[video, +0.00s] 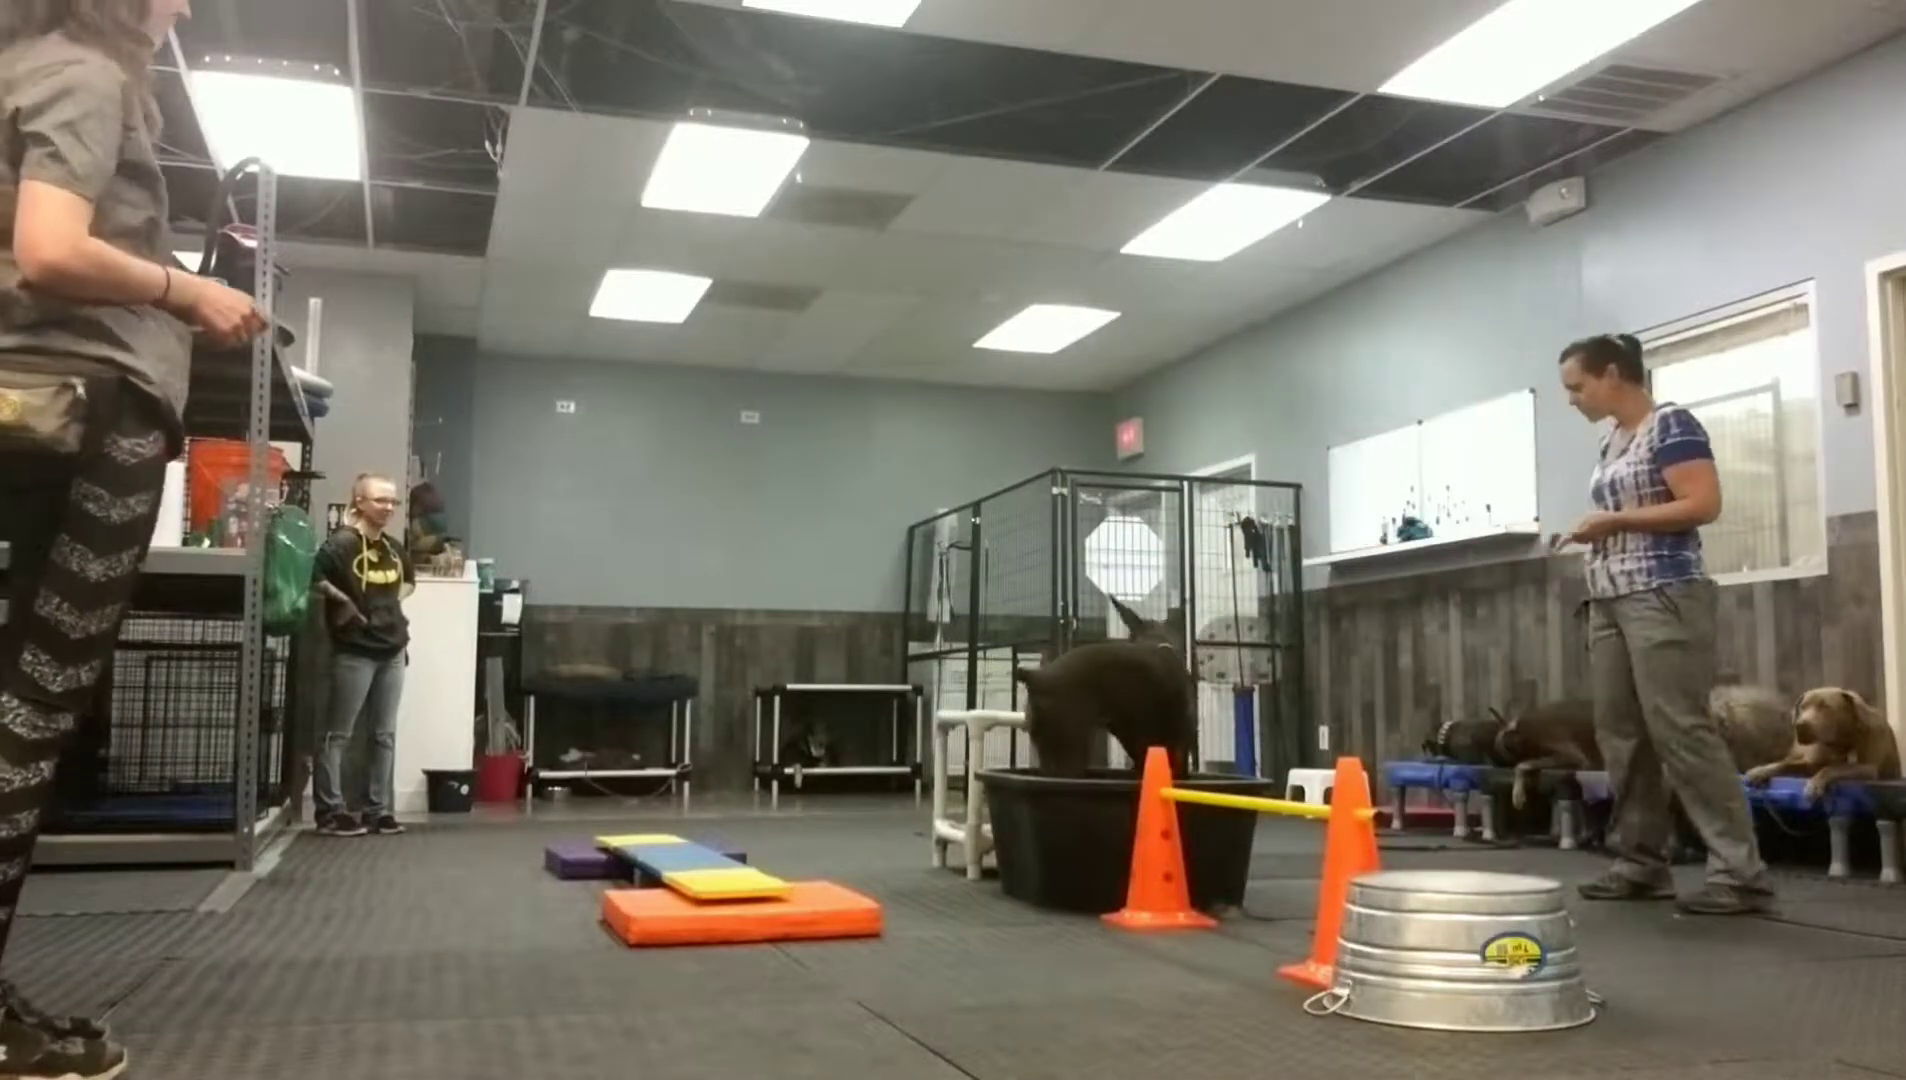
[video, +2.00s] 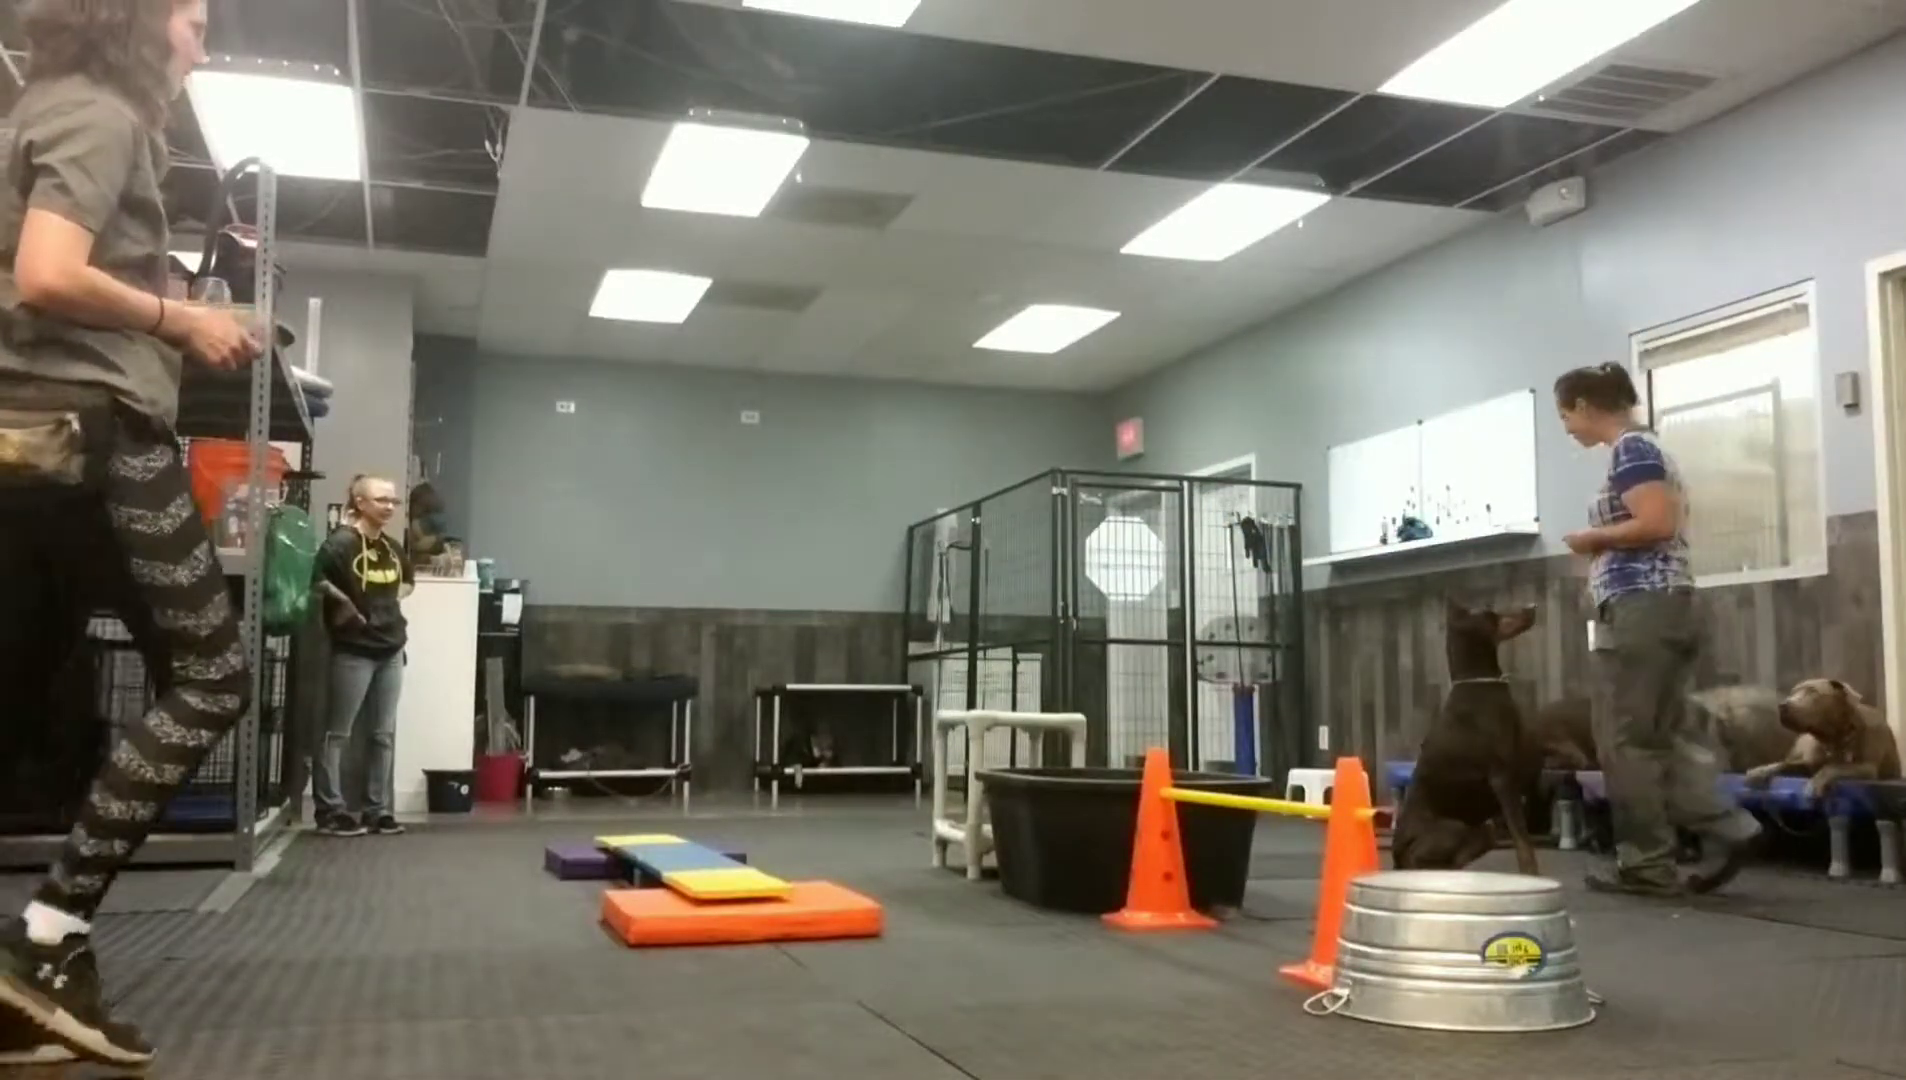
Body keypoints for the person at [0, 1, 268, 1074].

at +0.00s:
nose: (177, 14)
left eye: (179, 6)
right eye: (169, 1)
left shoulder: (44, 61)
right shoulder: (86, 68)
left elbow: (48, 249)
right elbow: (50, 249)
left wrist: (170, 282)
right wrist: (187, 289)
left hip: (52, 438)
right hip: (77, 442)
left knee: (38, 709)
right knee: (38, 713)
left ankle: (6, 1010)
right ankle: (2, 1014)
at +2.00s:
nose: (200, 38)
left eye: (202, 19)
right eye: (191, 14)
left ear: (95, 19)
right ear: (136, 15)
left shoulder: (48, 104)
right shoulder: (98, 109)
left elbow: (56, 274)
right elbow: (46, 274)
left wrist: (172, 308)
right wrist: (180, 315)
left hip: (35, 432)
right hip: (97, 437)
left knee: (30, 712)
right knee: (209, 673)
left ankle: (37, 972)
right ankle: (51, 936)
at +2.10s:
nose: (222, 44)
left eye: (224, 24)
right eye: (212, 21)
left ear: (118, 28)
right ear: (158, 24)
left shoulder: (49, 118)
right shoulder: (126, 116)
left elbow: (52, 282)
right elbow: (69, 277)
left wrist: (188, 313)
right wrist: (197, 322)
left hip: (29, 438)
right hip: (115, 441)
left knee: (26, 720)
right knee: (238, 680)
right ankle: (207, 971)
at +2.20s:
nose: (271, 68)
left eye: (269, 50)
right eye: (262, 47)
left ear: (172, 52)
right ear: (212, 48)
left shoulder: (108, 144)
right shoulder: (185, 142)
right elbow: (140, 296)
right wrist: (260, 345)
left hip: (91, 453)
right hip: (168, 455)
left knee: (37, 715)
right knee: (279, 703)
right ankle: (337, 962)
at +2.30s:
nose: (350, 85)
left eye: (347, 64)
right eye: (342, 64)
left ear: (242, 74)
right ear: (304, 70)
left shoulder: (194, 166)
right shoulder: (279, 163)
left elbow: (172, 323)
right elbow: (248, 316)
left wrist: (325, 373)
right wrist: (358, 361)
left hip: (192, 457)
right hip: (274, 458)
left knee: (124, 714)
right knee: (362, 702)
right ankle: (357, 970)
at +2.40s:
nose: (441, 90)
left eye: (438, 71)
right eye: (429, 70)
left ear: (332, 78)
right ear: (380, 73)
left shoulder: (283, 175)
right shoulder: (388, 166)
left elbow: (271, 319)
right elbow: (370, 318)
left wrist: (383, 352)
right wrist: (458, 356)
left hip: (299, 449)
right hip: (373, 449)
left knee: (327, 722)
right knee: (394, 718)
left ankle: (134, 890)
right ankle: (363, 970)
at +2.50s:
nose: (531, 112)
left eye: (528, 93)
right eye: (523, 92)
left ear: (427, 95)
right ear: (487, 94)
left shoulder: (380, 185)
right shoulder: (482, 184)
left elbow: (355, 323)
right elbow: (465, 332)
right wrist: (529, 377)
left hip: (372, 453)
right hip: (443, 459)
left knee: (508, 691)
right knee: (413, 713)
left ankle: (453, 933)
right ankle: (358, 968)